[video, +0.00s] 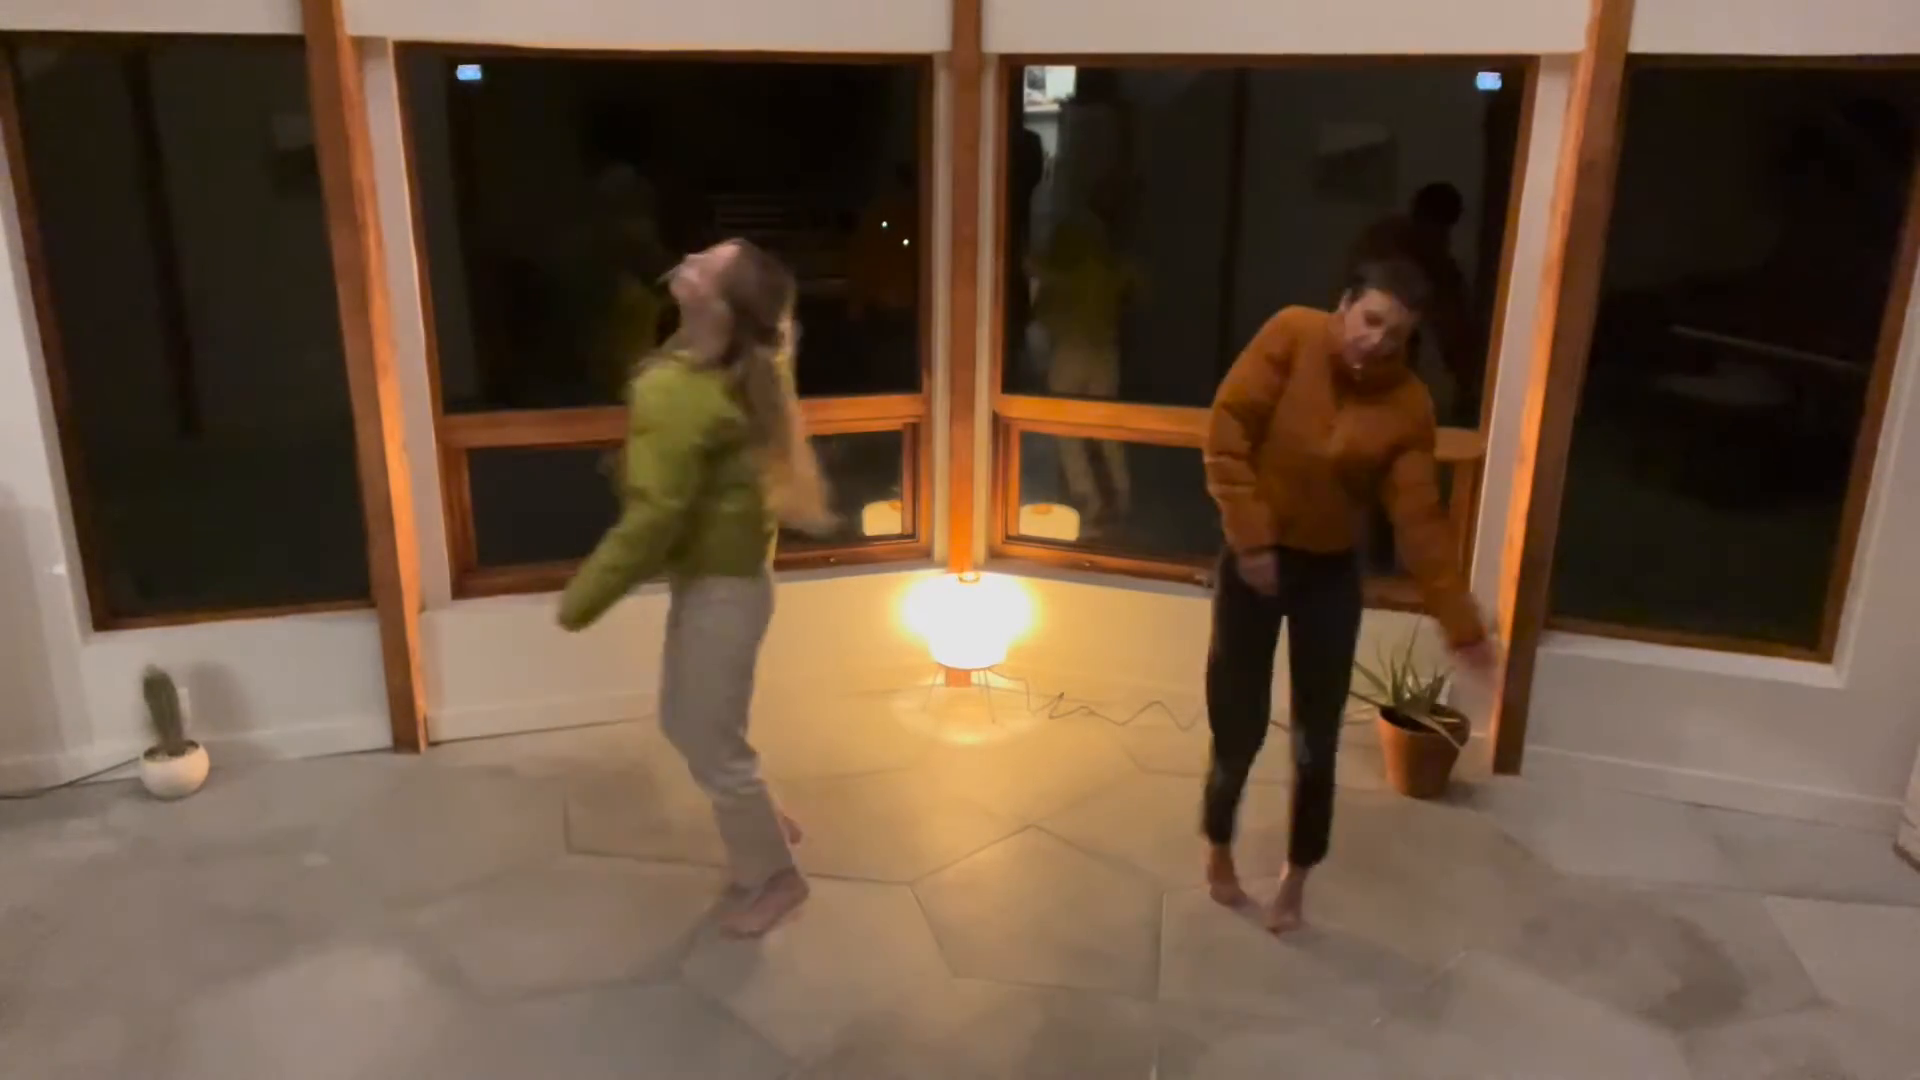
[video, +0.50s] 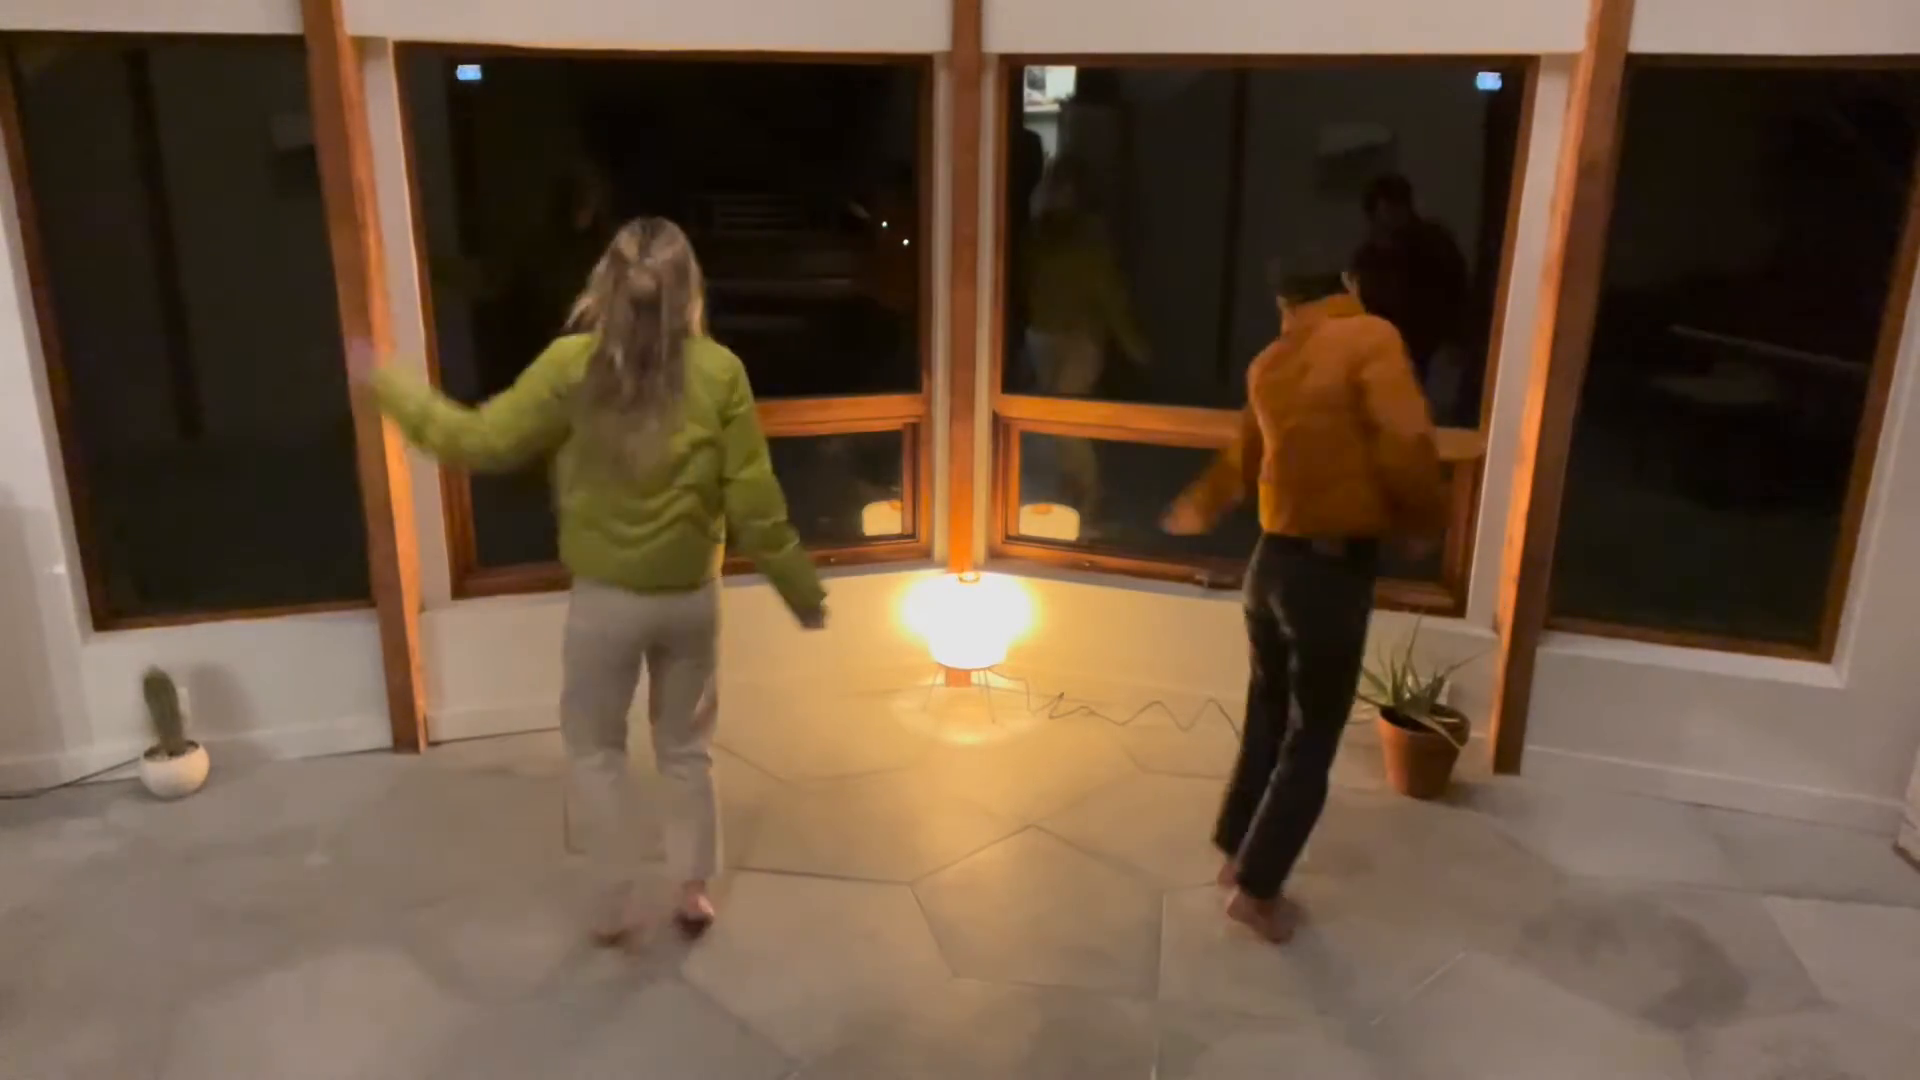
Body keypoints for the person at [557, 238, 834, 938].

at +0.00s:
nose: (688, 262)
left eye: (704, 266)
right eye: (703, 255)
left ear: (721, 308)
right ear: (719, 309)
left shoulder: (683, 391)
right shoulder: (706, 372)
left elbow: (656, 513)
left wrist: (582, 599)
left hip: (726, 587)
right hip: (711, 582)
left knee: (711, 736)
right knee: (684, 720)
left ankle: (770, 877)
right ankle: (762, 821)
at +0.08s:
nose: (666, 257)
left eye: (677, 261)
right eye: (679, 251)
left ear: (685, 299)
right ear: (719, 307)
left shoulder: (637, 384)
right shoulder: (746, 359)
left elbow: (619, 506)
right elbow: (792, 418)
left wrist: (550, 599)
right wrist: (820, 395)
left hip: (698, 591)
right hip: (730, 583)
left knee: (680, 744)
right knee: (690, 733)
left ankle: (763, 870)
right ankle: (737, 865)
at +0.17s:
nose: (643, 270)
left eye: (653, 270)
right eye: (653, 261)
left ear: (663, 301)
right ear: (712, 306)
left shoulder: (622, 381)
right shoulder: (738, 358)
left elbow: (591, 506)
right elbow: (797, 436)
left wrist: (522, 600)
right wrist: (855, 456)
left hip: (685, 602)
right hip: (730, 589)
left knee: (645, 752)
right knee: (701, 735)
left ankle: (730, 873)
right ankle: (747, 867)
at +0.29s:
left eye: (616, 287)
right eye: (700, 295)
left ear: (622, 297)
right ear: (697, 301)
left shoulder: (594, 372)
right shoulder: (727, 364)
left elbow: (548, 488)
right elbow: (784, 467)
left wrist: (451, 558)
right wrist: (854, 526)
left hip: (648, 608)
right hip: (716, 597)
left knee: (632, 766)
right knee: (687, 742)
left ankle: (651, 921)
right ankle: (721, 879)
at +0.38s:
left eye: (611, 282)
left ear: (614, 291)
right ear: (691, 292)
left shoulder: (585, 369)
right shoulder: (727, 367)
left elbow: (530, 480)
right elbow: (776, 485)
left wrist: (418, 507)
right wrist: (845, 551)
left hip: (635, 606)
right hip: (708, 602)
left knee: (625, 762)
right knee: (679, 743)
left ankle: (654, 916)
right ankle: (694, 892)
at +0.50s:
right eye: (689, 283)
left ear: (606, 287)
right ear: (688, 293)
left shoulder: (570, 366)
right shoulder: (718, 372)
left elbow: (484, 441)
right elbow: (754, 501)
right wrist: (802, 590)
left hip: (606, 606)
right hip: (688, 606)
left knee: (596, 750)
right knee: (685, 749)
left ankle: (618, 899)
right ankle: (693, 887)